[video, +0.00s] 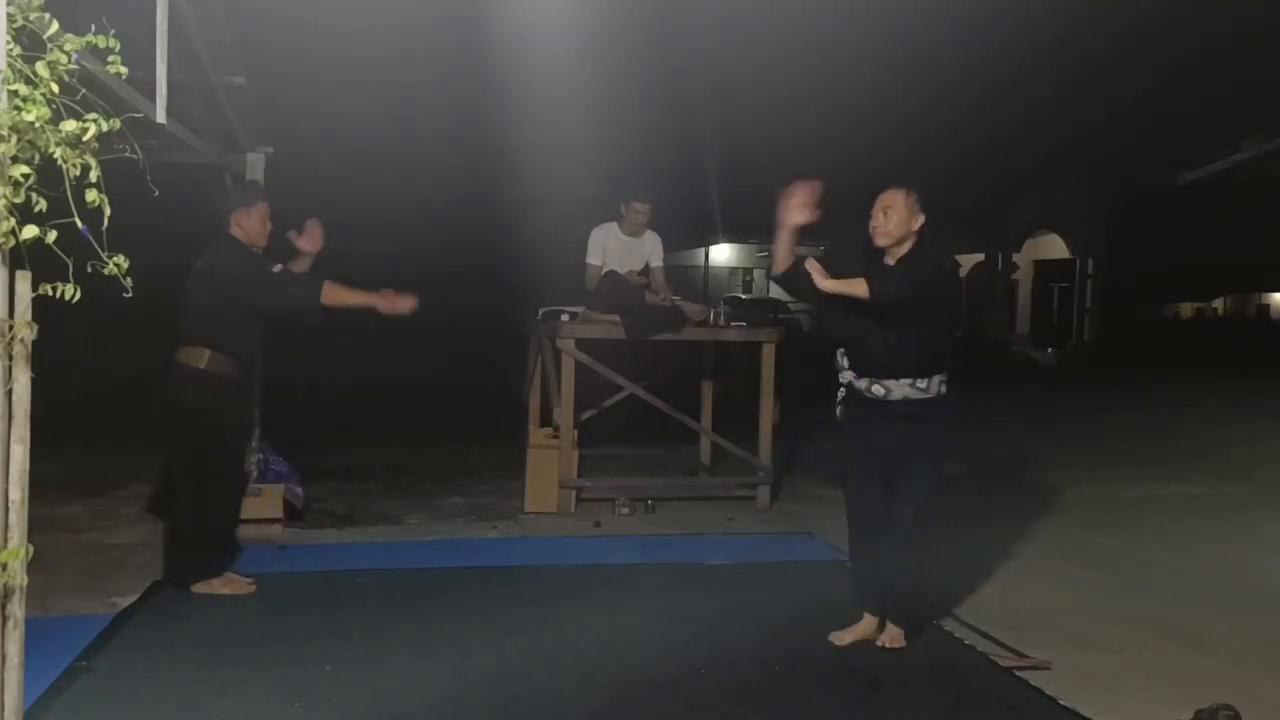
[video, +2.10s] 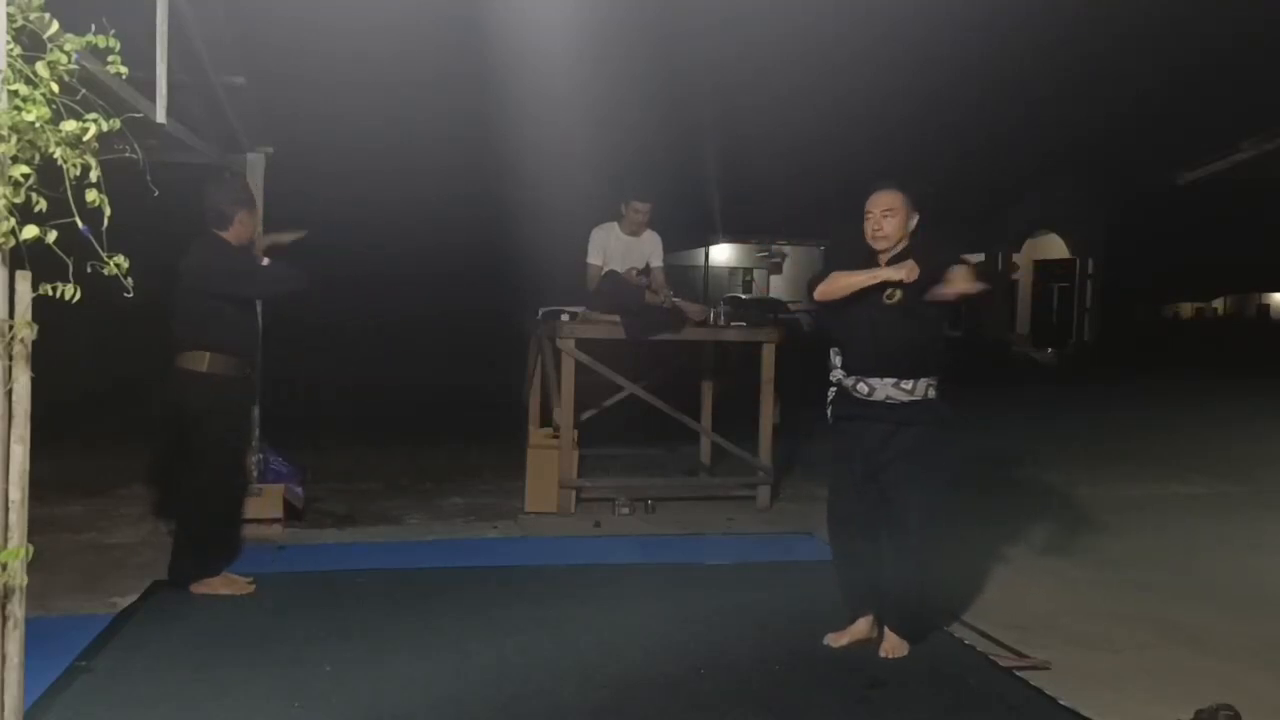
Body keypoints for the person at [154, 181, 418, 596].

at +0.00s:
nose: (269, 226)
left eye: (269, 218)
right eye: (263, 218)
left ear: (241, 221)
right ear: (239, 220)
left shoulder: (230, 258)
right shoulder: (228, 261)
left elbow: (278, 282)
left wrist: (304, 256)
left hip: (214, 383)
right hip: (205, 385)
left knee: (214, 473)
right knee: (212, 475)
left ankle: (208, 565)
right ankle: (202, 572)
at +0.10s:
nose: (266, 224)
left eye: (266, 216)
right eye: (260, 216)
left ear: (237, 219)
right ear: (236, 218)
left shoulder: (222, 255)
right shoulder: (224, 258)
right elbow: (289, 283)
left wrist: (279, 266)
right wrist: (366, 269)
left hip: (210, 384)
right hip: (206, 387)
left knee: (211, 473)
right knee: (212, 475)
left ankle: (204, 564)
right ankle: (201, 571)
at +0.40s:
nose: (259, 220)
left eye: (258, 213)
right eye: (253, 213)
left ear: (230, 216)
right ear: (228, 216)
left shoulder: (222, 256)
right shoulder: (215, 259)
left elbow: (258, 273)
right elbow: (262, 279)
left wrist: (294, 254)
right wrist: (316, 265)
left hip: (217, 386)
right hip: (205, 388)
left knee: (216, 475)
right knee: (211, 476)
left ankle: (207, 565)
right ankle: (200, 571)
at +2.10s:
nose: (256, 225)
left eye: (255, 217)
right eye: (252, 218)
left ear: (221, 218)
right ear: (233, 220)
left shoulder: (206, 254)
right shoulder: (217, 261)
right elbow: (290, 280)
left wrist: (258, 252)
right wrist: (269, 265)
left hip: (209, 382)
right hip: (211, 385)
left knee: (212, 472)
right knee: (217, 474)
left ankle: (204, 565)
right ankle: (201, 572)